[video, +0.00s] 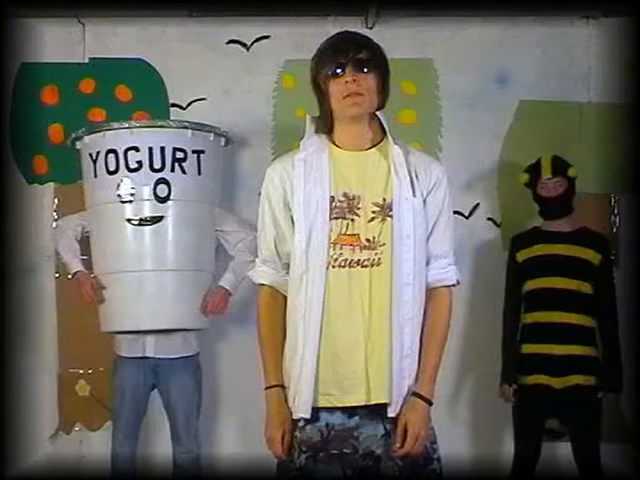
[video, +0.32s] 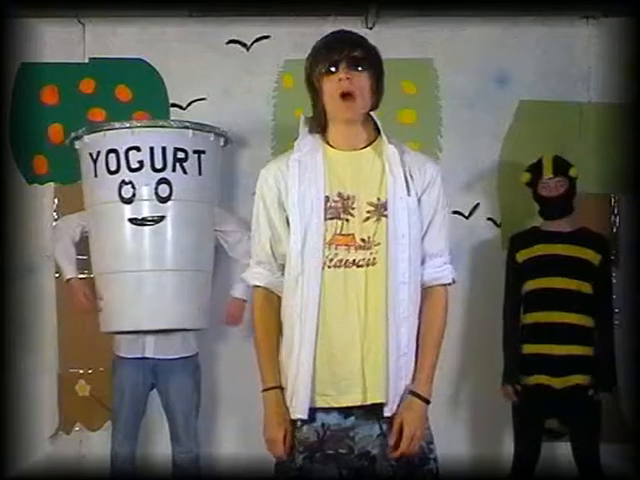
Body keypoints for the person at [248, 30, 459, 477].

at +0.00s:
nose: (352, 80)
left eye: (365, 68)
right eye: (337, 71)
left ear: (383, 83)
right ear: (321, 88)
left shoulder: (424, 173)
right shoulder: (285, 175)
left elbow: (440, 286)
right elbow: (272, 287)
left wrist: (422, 395)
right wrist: (275, 395)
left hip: (398, 412)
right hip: (314, 414)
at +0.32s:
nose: (345, 76)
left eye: (358, 66)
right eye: (332, 68)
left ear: (377, 84)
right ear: (315, 86)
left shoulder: (419, 174)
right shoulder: (280, 177)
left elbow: (436, 285)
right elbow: (266, 289)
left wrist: (419, 394)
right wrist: (273, 396)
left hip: (394, 413)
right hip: (310, 416)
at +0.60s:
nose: (325, 86)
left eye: (336, 74)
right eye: (311, 76)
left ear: (355, 88)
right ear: (294, 93)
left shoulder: (399, 174)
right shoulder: (263, 184)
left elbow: (416, 286)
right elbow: (252, 298)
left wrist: (423, 393)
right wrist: (252, 404)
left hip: (384, 413)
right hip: (297, 417)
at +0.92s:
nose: (290, 84)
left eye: (301, 71)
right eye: (275, 75)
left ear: (321, 84)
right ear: (259, 93)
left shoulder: (369, 168)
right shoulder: (236, 189)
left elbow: (398, 275)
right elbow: (236, 305)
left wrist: (405, 380)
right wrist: (248, 416)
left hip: (374, 411)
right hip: (288, 418)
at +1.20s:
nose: (278, 85)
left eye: (290, 72)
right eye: (263, 77)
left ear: (310, 83)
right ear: (248, 94)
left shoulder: (360, 169)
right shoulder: (227, 191)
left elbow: (386, 277)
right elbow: (226, 305)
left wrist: (390, 384)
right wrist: (249, 416)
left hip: (359, 405)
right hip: (278, 414)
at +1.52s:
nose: (286, 81)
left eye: (300, 67)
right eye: (272, 71)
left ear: (322, 82)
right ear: (258, 87)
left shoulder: (371, 168)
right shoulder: (231, 187)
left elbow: (394, 271)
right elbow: (221, 294)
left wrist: (416, 340)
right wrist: (229, 378)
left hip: (365, 398)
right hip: (280, 406)